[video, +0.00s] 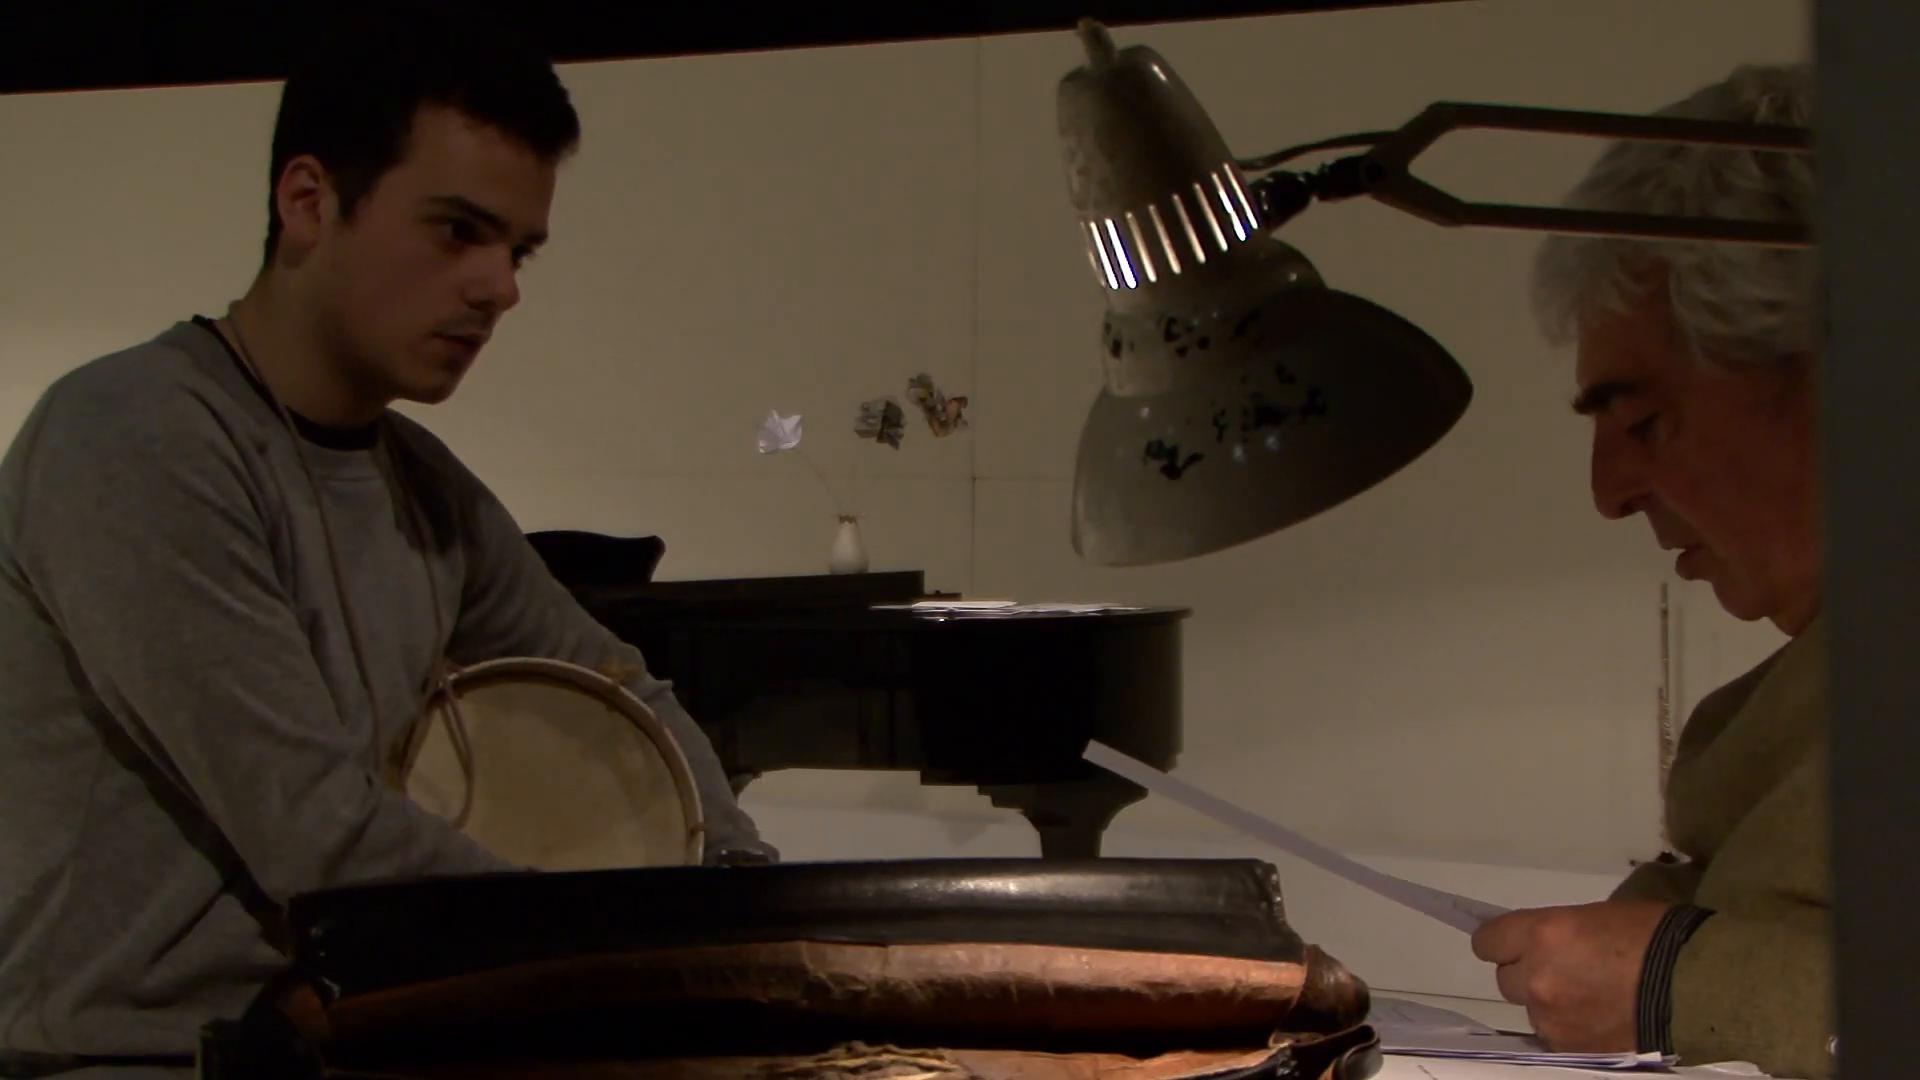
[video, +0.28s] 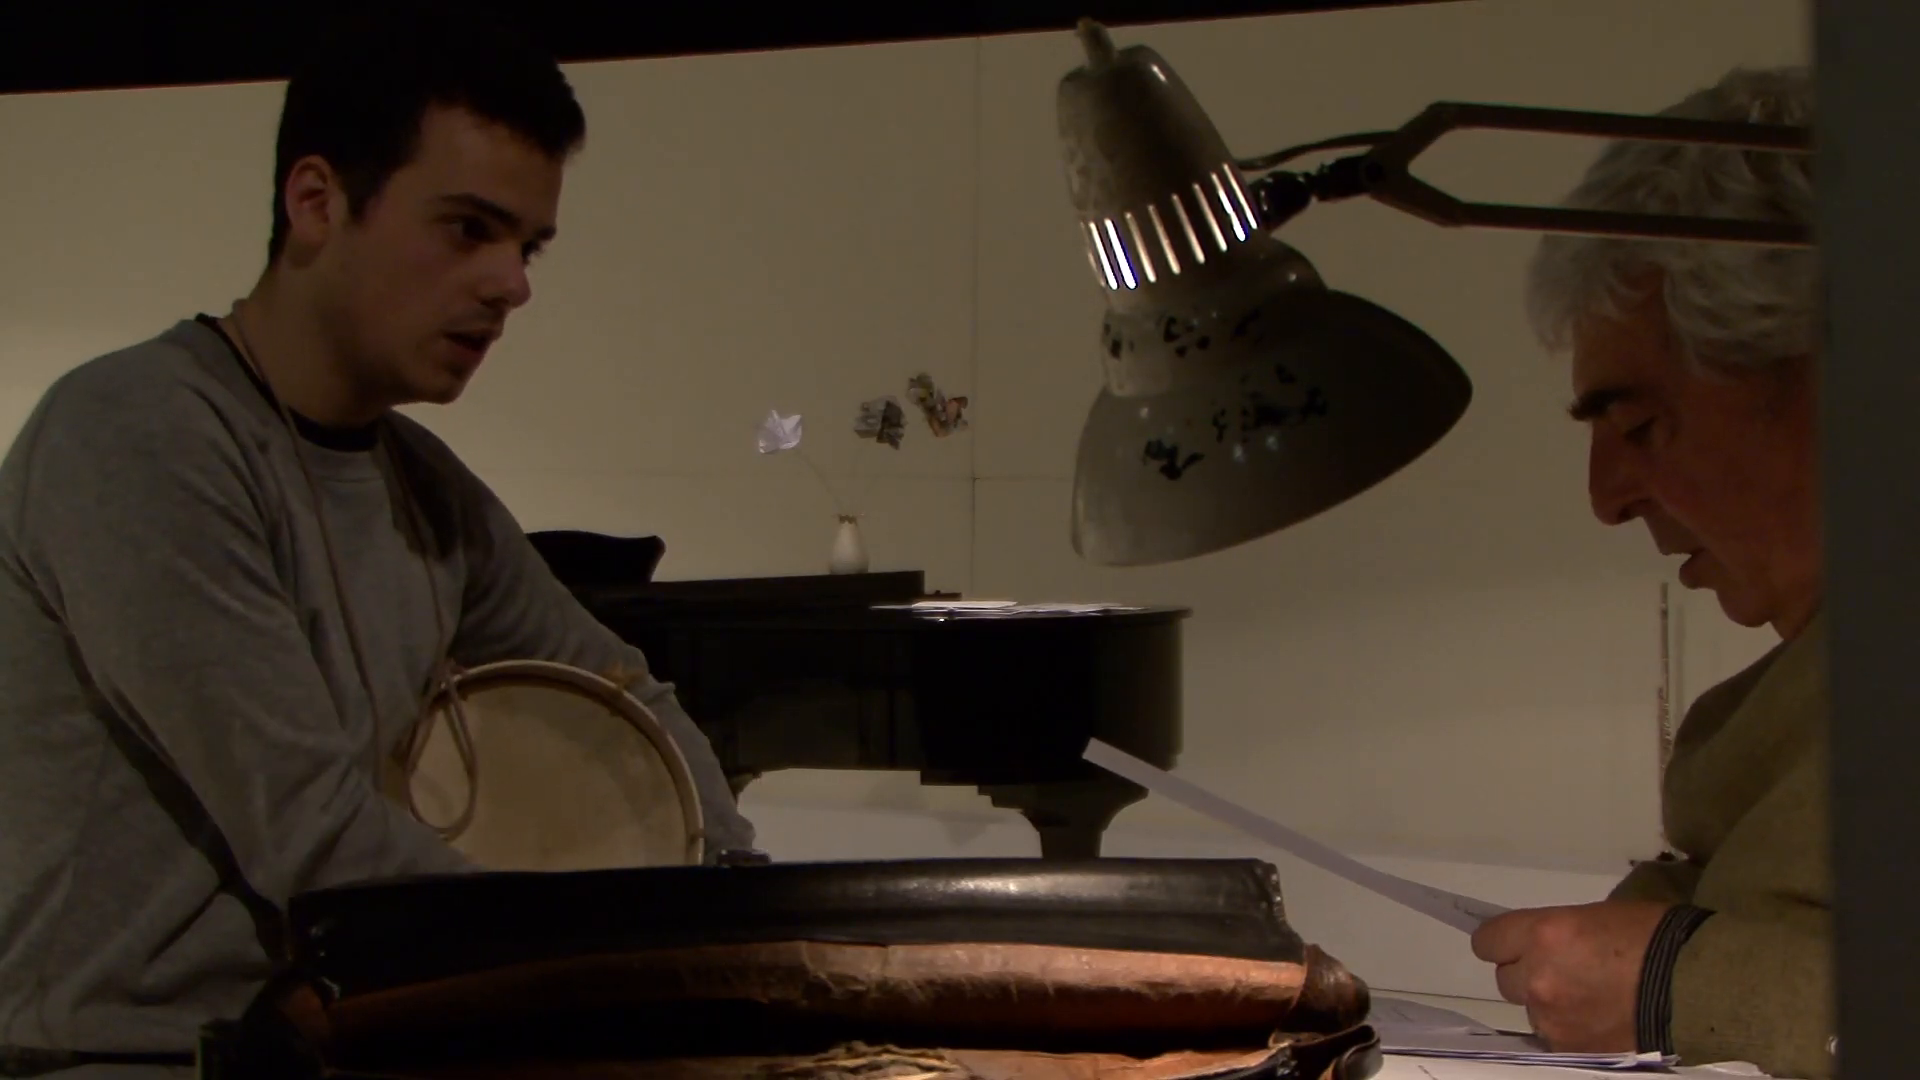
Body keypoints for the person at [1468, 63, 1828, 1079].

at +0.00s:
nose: (1612, 494)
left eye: (1640, 418)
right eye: (1602, 429)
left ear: (1817, 368)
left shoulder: (1869, 664)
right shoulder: (1790, 687)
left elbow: (1887, 1008)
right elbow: (1760, 885)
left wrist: (1675, 984)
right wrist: (1654, 932)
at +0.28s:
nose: (1610, 499)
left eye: (1639, 422)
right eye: (1600, 434)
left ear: (1826, 368)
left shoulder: (1876, 660)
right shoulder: (1796, 677)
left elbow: (1896, 1004)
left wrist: (1675, 985)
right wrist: (1653, 934)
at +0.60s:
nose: (1608, 500)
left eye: (1637, 425)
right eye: (1599, 436)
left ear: (1822, 372)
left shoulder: (1878, 655)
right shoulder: (1798, 669)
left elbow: (1894, 1002)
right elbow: (1754, 884)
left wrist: (1674, 985)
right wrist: (1646, 942)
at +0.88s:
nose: (1610, 493)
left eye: (1640, 419)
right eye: (1601, 429)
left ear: (1825, 368)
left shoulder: (1869, 662)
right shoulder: (1796, 676)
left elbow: (1886, 1003)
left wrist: (1675, 985)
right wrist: (1651, 944)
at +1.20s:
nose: (1612, 495)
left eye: (1640, 418)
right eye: (1602, 430)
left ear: (1823, 367)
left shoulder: (1869, 658)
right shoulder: (1798, 672)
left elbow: (1888, 1005)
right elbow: (1759, 880)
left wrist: (1675, 985)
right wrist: (1651, 933)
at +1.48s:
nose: (1609, 499)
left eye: (1636, 424)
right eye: (1600, 436)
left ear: (1818, 368)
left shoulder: (1875, 659)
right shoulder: (1802, 672)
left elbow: (1896, 1003)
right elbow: (1752, 875)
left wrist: (1676, 985)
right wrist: (1650, 931)